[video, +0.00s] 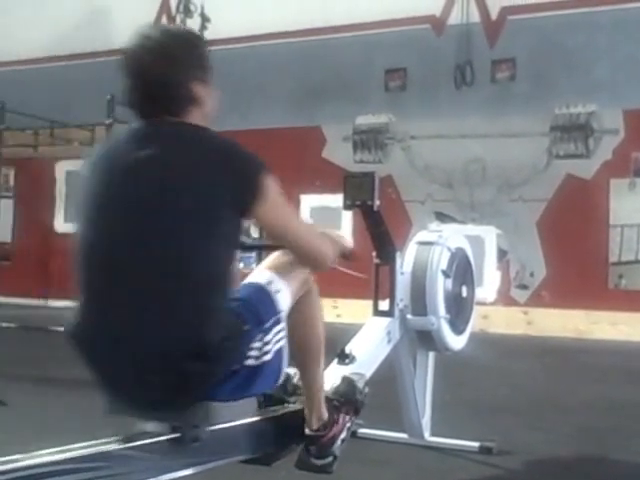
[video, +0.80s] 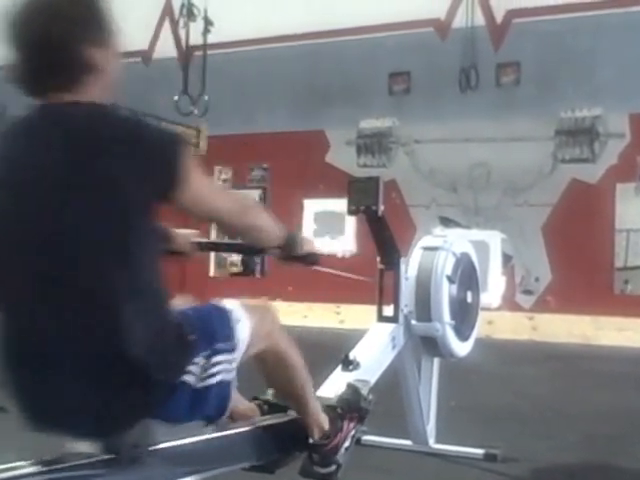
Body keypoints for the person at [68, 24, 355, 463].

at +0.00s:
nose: (215, 92)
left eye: (211, 79)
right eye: (210, 80)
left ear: (140, 91)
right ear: (194, 89)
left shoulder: (108, 158)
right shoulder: (227, 160)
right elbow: (319, 255)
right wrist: (332, 241)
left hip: (114, 371)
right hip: (192, 374)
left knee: (223, 269)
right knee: (300, 263)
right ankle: (319, 422)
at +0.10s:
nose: (245, 106)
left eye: (243, 94)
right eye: (242, 94)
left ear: (175, 104)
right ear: (227, 103)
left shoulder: (148, 161)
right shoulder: (252, 165)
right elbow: (341, 248)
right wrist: (365, 261)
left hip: (142, 369)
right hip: (224, 372)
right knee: (309, 257)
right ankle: (318, 418)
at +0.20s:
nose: (268, 116)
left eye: (265, 106)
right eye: (265, 106)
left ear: (198, 116)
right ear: (255, 115)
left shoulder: (171, 167)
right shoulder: (276, 173)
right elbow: (351, 240)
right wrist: (379, 261)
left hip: (161, 366)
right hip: (240, 369)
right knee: (314, 250)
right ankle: (317, 418)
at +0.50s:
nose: (260, 110)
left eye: (256, 99)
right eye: (255, 99)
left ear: (189, 109)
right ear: (243, 109)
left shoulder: (162, 163)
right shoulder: (255, 163)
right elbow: (344, 221)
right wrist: (378, 246)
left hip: (152, 370)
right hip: (229, 373)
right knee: (306, 257)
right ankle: (318, 423)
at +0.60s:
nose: (224, 93)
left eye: (220, 81)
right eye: (218, 81)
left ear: (148, 92)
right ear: (203, 90)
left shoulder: (122, 154)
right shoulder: (219, 153)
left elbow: (166, 242)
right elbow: (312, 219)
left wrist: (262, 246)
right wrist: (351, 243)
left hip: (122, 371)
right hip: (202, 374)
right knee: (293, 268)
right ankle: (319, 424)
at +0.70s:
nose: (176, 75)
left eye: (172, 63)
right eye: (170, 63)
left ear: (96, 79)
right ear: (151, 74)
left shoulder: (76, 147)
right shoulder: (172, 145)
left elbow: (114, 238)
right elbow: (273, 212)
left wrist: (203, 243)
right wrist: (321, 242)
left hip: (83, 377)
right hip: (165, 379)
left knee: (207, 278)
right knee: (277, 287)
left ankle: (250, 413)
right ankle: (319, 424)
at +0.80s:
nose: (117, 57)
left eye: (112, 46)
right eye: (110, 46)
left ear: (32, 61)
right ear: (92, 55)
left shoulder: (12, 143)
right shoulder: (129, 138)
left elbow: (65, 232)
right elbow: (230, 209)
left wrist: (161, 238)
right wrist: (286, 239)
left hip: (38, 385)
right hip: (125, 377)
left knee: (180, 314)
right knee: (263, 320)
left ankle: (254, 423)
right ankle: (320, 430)